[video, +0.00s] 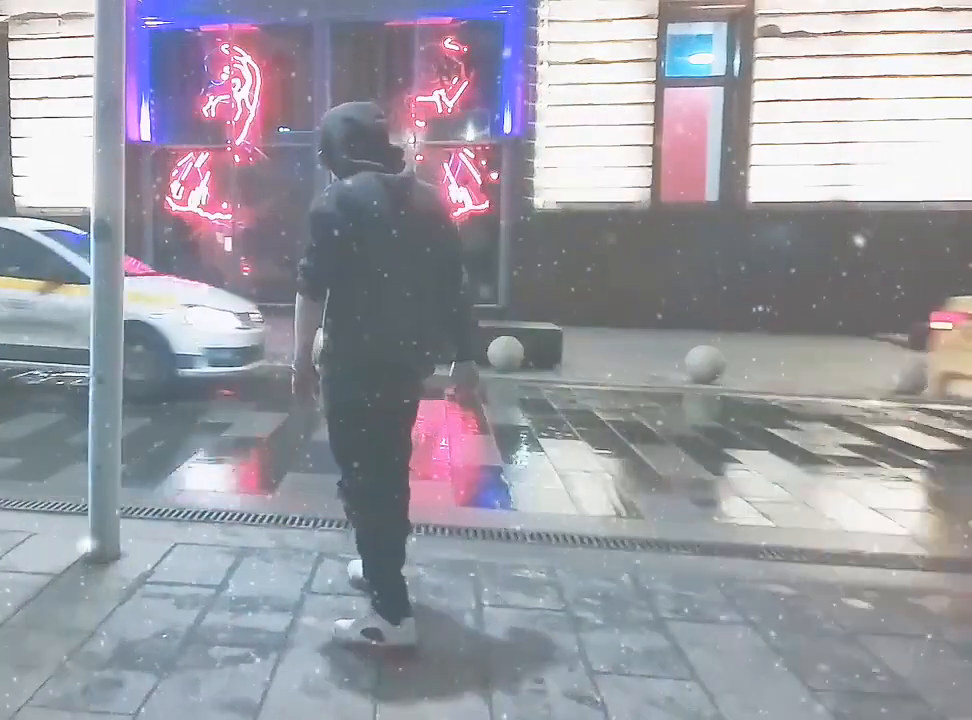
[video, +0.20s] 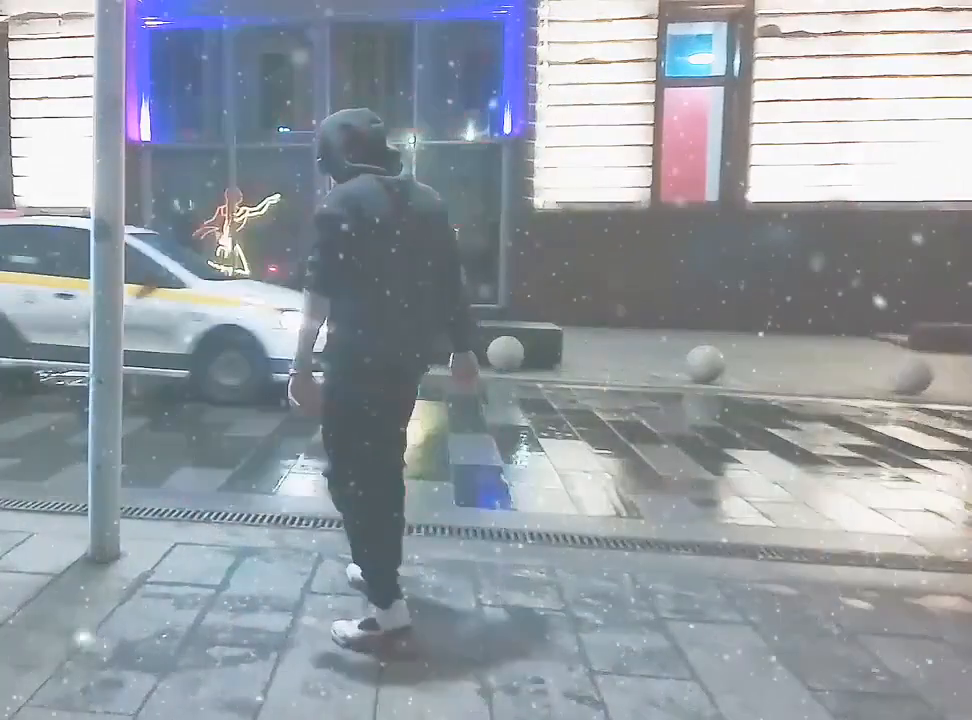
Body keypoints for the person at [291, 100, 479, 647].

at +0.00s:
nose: (325, 166)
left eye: (326, 156)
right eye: (327, 157)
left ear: (336, 154)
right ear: (381, 146)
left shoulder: (335, 202)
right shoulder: (425, 199)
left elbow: (313, 289)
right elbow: (455, 287)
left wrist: (301, 355)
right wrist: (466, 365)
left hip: (353, 357)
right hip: (409, 355)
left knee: (361, 472)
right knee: (393, 464)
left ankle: (394, 614)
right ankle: (379, 566)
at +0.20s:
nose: (325, 170)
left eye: (325, 161)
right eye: (326, 162)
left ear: (337, 158)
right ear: (379, 150)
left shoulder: (338, 206)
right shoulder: (426, 200)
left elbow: (319, 294)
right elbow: (452, 283)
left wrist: (301, 364)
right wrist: (465, 351)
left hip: (357, 359)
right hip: (407, 359)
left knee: (349, 472)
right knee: (387, 468)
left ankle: (389, 611)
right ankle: (377, 571)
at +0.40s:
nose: (330, 176)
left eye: (331, 165)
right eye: (328, 167)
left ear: (347, 156)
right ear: (382, 149)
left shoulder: (357, 200)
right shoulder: (426, 200)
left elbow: (339, 288)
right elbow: (441, 293)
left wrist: (311, 356)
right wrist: (426, 352)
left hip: (366, 350)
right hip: (412, 350)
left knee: (334, 463)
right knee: (388, 461)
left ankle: (373, 574)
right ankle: (385, 573)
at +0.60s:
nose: (339, 182)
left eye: (338, 170)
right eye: (334, 172)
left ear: (357, 156)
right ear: (374, 152)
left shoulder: (383, 200)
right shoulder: (407, 193)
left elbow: (380, 285)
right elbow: (403, 283)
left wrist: (345, 351)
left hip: (387, 351)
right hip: (408, 349)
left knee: (343, 454)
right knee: (387, 453)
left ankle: (401, 557)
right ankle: (387, 566)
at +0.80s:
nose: (349, 182)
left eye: (349, 170)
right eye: (345, 172)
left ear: (368, 160)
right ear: (378, 158)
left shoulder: (402, 205)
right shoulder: (397, 201)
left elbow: (416, 287)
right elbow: (393, 284)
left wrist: (392, 361)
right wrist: (360, 330)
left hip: (404, 356)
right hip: (398, 352)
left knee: (378, 457)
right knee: (388, 459)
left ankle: (463, 553)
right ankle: (385, 567)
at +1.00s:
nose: (360, 184)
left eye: (363, 171)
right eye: (357, 173)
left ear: (388, 161)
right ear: (384, 164)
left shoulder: (430, 211)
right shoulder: (401, 208)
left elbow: (439, 296)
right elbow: (385, 287)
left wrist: (430, 367)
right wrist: (353, 335)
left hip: (408, 360)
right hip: (389, 356)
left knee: (401, 463)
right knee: (401, 462)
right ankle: (384, 569)